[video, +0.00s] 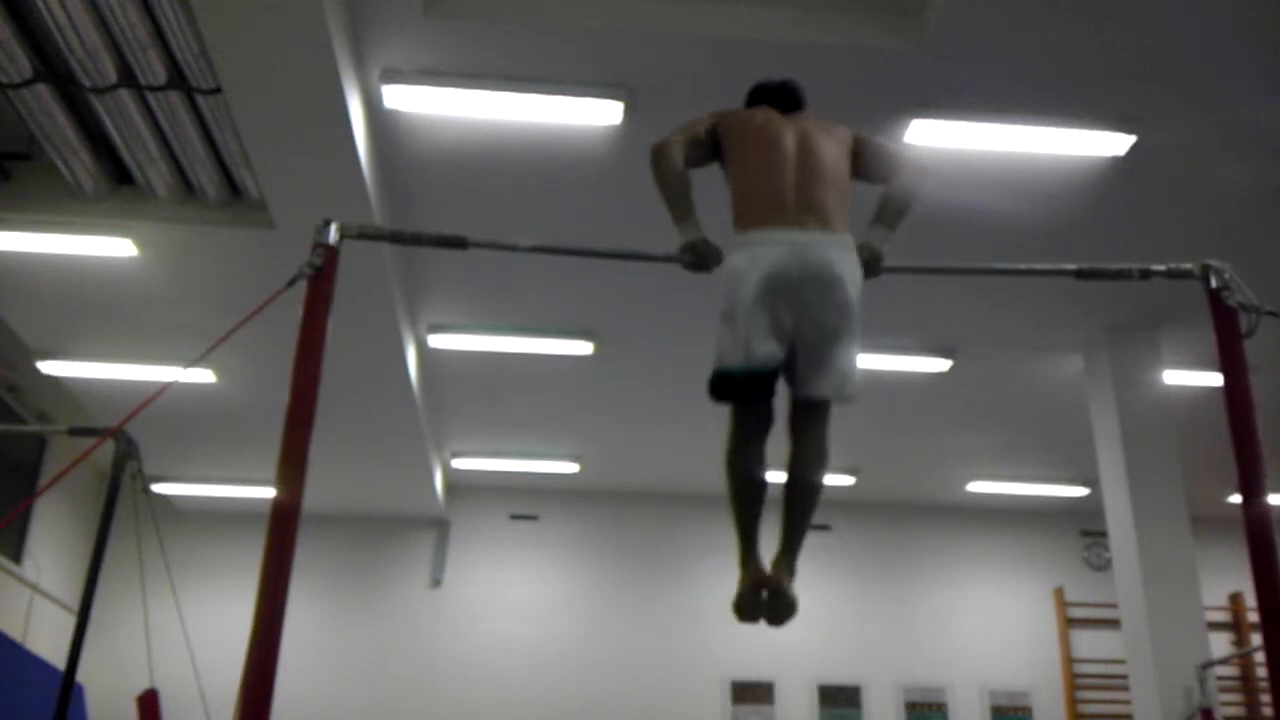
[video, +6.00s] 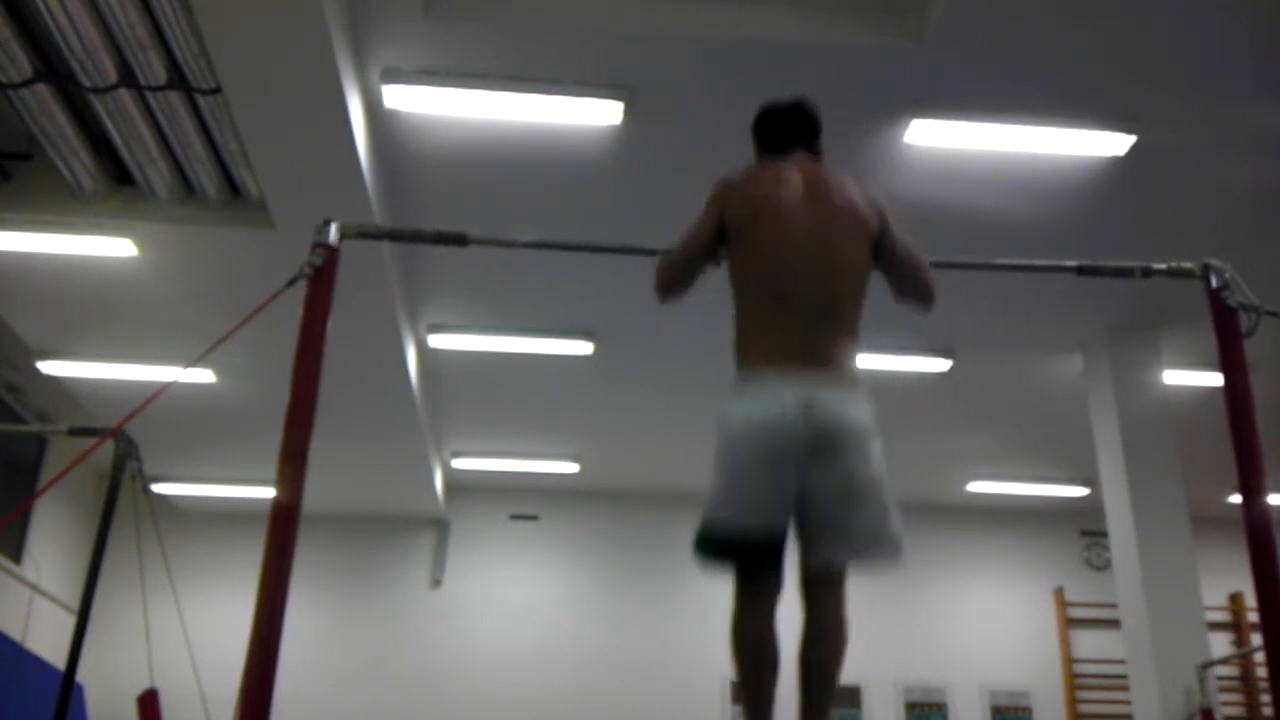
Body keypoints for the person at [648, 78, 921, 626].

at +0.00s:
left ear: (749, 108)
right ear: (805, 109)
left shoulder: (732, 124)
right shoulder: (838, 135)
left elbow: (667, 152)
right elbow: (906, 178)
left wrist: (688, 232)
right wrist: (876, 241)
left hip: (757, 257)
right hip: (831, 258)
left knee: (749, 425)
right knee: (811, 427)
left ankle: (752, 569)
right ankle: (785, 573)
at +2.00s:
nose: (780, 149)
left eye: (778, 139)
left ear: (773, 138)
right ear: (836, 138)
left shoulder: (749, 185)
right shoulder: (872, 201)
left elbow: (671, 261)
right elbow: (931, 277)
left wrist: (712, 236)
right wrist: (876, 234)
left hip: (755, 395)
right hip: (828, 402)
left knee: (739, 494)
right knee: (794, 498)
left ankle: (732, 585)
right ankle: (760, 592)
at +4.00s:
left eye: (757, 383)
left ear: (750, 397)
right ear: (809, 398)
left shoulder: (729, 445)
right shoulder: (832, 451)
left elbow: (681, 365)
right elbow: (877, 371)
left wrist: (691, 277)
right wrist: (874, 288)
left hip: (727, 650)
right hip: (803, 653)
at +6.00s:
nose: (759, 159)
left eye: (758, 149)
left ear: (757, 147)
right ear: (819, 147)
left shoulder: (736, 194)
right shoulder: (858, 201)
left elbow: (669, 280)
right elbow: (921, 289)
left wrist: (716, 237)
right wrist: (870, 240)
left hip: (760, 405)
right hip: (840, 405)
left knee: (756, 590)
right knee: (826, 587)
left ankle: (758, 717)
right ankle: (815, 718)